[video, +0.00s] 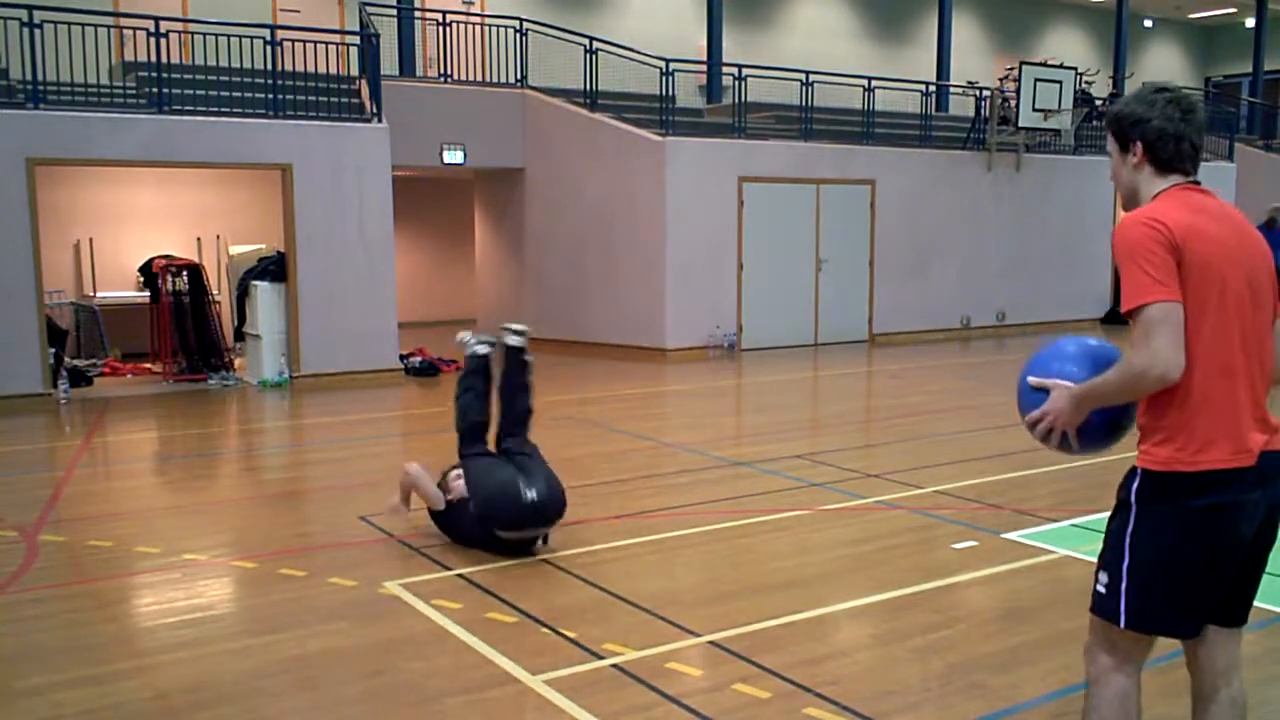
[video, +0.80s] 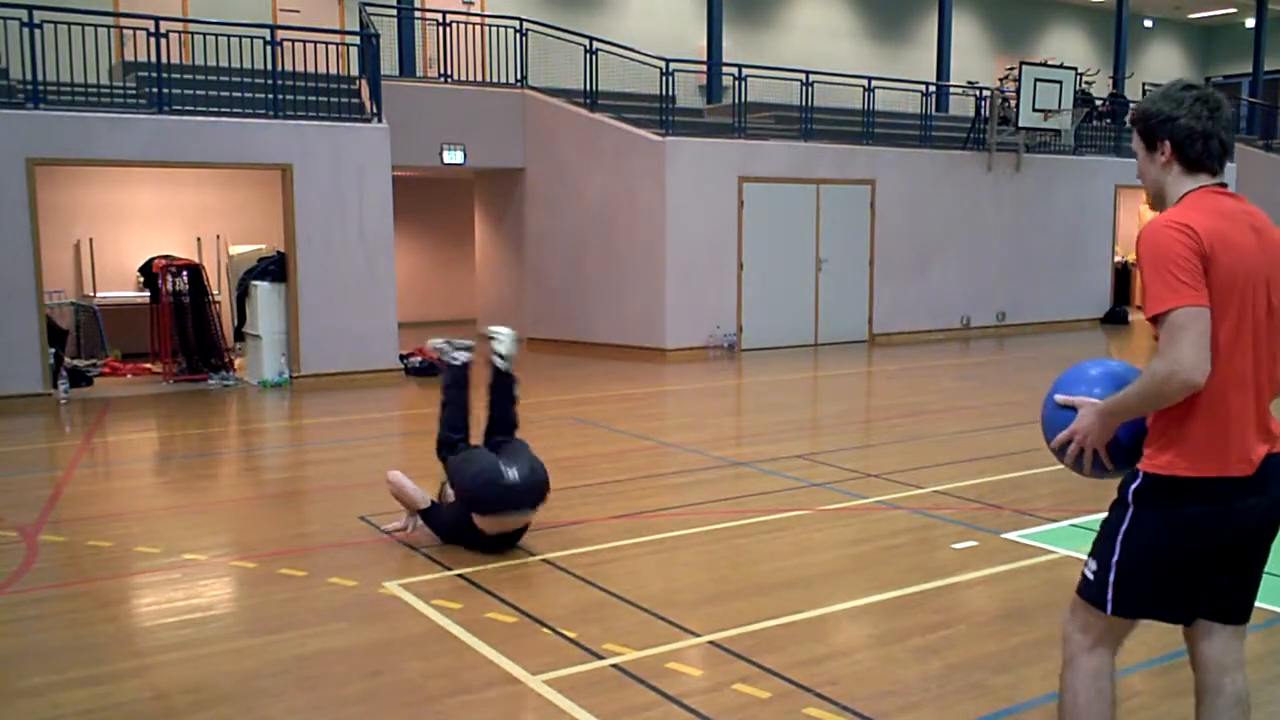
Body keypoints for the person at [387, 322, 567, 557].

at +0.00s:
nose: (464, 475)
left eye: (465, 472)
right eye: (456, 476)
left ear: (477, 474)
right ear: (447, 493)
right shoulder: (450, 515)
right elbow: (411, 469)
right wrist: (403, 500)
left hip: (550, 504)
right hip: (501, 510)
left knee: (514, 437)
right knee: (473, 444)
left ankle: (516, 352)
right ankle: (477, 356)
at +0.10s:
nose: (455, 485)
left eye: (458, 482)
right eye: (449, 486)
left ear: (467, 485)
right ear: (443, 499)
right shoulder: (447, 520)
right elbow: (400, 477)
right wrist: (407, 518)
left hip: (546, 480)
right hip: (490, 486)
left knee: (498, 434)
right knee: (464, 455)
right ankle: (459, 368)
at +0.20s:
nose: (452, 488)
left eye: (453, 486)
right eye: (446, 492)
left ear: (462, 487)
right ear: (441, 505)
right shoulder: (444, 522)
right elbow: (396, 481)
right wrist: (410, 518)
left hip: (540, 462)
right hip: (484, 470)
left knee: (484, 434)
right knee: (454, 457)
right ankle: (442, 375)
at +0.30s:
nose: (450, 490)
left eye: (450, 490)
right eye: (445, 494)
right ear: (442, 506)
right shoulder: (444, 524)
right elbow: (393, 483)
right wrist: (410, 519)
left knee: (475, 444)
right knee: (446, 466)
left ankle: (442, 380)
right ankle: (427, 388)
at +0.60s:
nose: (447, 492)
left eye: (447, 493)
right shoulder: (453, 527)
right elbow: (395, 482)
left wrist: (414, 518)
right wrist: (414, 518)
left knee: (473, 440)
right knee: (437, 467)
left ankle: (446, 374)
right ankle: (420, 382)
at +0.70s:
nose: (448, 487)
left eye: (449, 487)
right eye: (446, 489)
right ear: (446, 504)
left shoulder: (506, 521)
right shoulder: (447, 523)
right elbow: (394, 479)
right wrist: (412, 516)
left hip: (527, 459)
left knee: (489, 443)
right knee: (441, 453)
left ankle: (470, 363)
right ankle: (432, 371)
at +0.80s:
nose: (452, 487)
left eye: (452, 486)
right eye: (448, 488)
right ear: (445, 500)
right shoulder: (444, 521)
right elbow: (394, 478)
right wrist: (411, 515)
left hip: (534, 485)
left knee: (501, 440)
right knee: (452, 448)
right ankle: (457, 366)